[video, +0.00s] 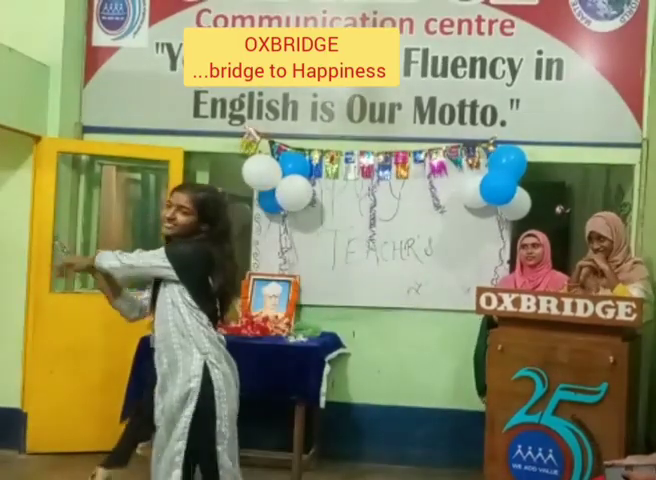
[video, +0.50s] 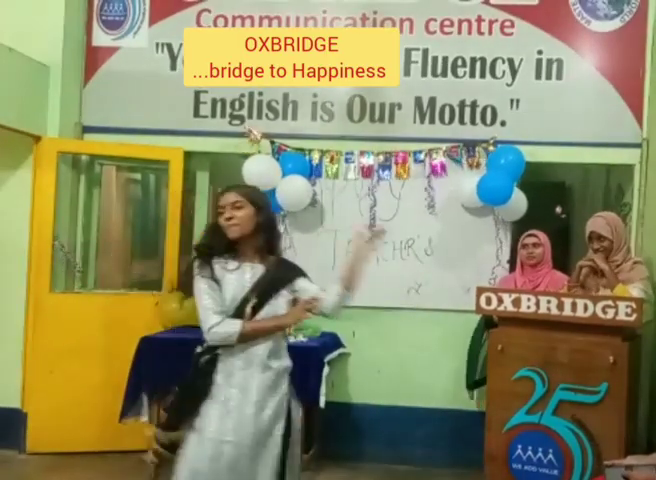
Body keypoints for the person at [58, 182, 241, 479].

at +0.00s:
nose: (170, 215)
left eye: (182, 211)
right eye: (168, 207)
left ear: (203, 224)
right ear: (165, 207)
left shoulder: (196, 254)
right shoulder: (178, 260)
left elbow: (134, 263)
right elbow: (136, 309)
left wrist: (89, 262)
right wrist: (100, 274)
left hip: (203, 372)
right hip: (180, 372)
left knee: (203, 462)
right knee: (175, 461)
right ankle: (106, 468)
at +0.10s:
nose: (172, 215)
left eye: (184, 209)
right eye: (169, 207)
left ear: (205, 221)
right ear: (164, 210)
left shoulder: (205, 252)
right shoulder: (174, 272)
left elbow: (131, 261)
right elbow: (131, 320)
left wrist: (113, 249)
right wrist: (106, 280)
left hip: (208, 372)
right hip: (177, 376)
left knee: (221, 467)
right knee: (171, 468)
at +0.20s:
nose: (181, 214)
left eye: (193, 208)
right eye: (177, 207)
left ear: (213, 218)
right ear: (170, 213)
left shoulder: (221, 258)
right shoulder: (179, 268)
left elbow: (162, 267)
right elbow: (145, 325)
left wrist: (140, 234)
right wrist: (122, 280)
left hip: (217, 372)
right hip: (181, 376)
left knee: (228, 465)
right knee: (168, 463)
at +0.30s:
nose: (195, 214)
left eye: (205, 206)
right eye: (190, 206)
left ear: (226, 215)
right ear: (182, 215)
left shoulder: (248, 262)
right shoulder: (184, 263)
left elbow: (218, 273)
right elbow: (175, 332)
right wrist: (174, 280)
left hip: (235, 364)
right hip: (194, 365)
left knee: (241, 448)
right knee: (169, 452)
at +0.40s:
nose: (211, 214)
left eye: (221, 206)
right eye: (205, 209)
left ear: (243, 214)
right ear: (200, 219)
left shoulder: (267, 266)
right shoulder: (194, 268)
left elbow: (284, 285)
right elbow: (193, 330)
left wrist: (257, 287)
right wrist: (228, 313)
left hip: (256, 369)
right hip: (214, 369)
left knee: (250, 455)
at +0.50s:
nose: (228, 215)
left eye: (237, 207)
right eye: (221, 211)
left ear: (259, 213)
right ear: (217, 221)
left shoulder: (283, 270)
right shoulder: (208, 266)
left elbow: (330, 306)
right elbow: (214, 331)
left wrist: (357, 256)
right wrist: (284, 321)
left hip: (268, 384)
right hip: (224, 383)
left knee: (263, 466)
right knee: (207, 463)